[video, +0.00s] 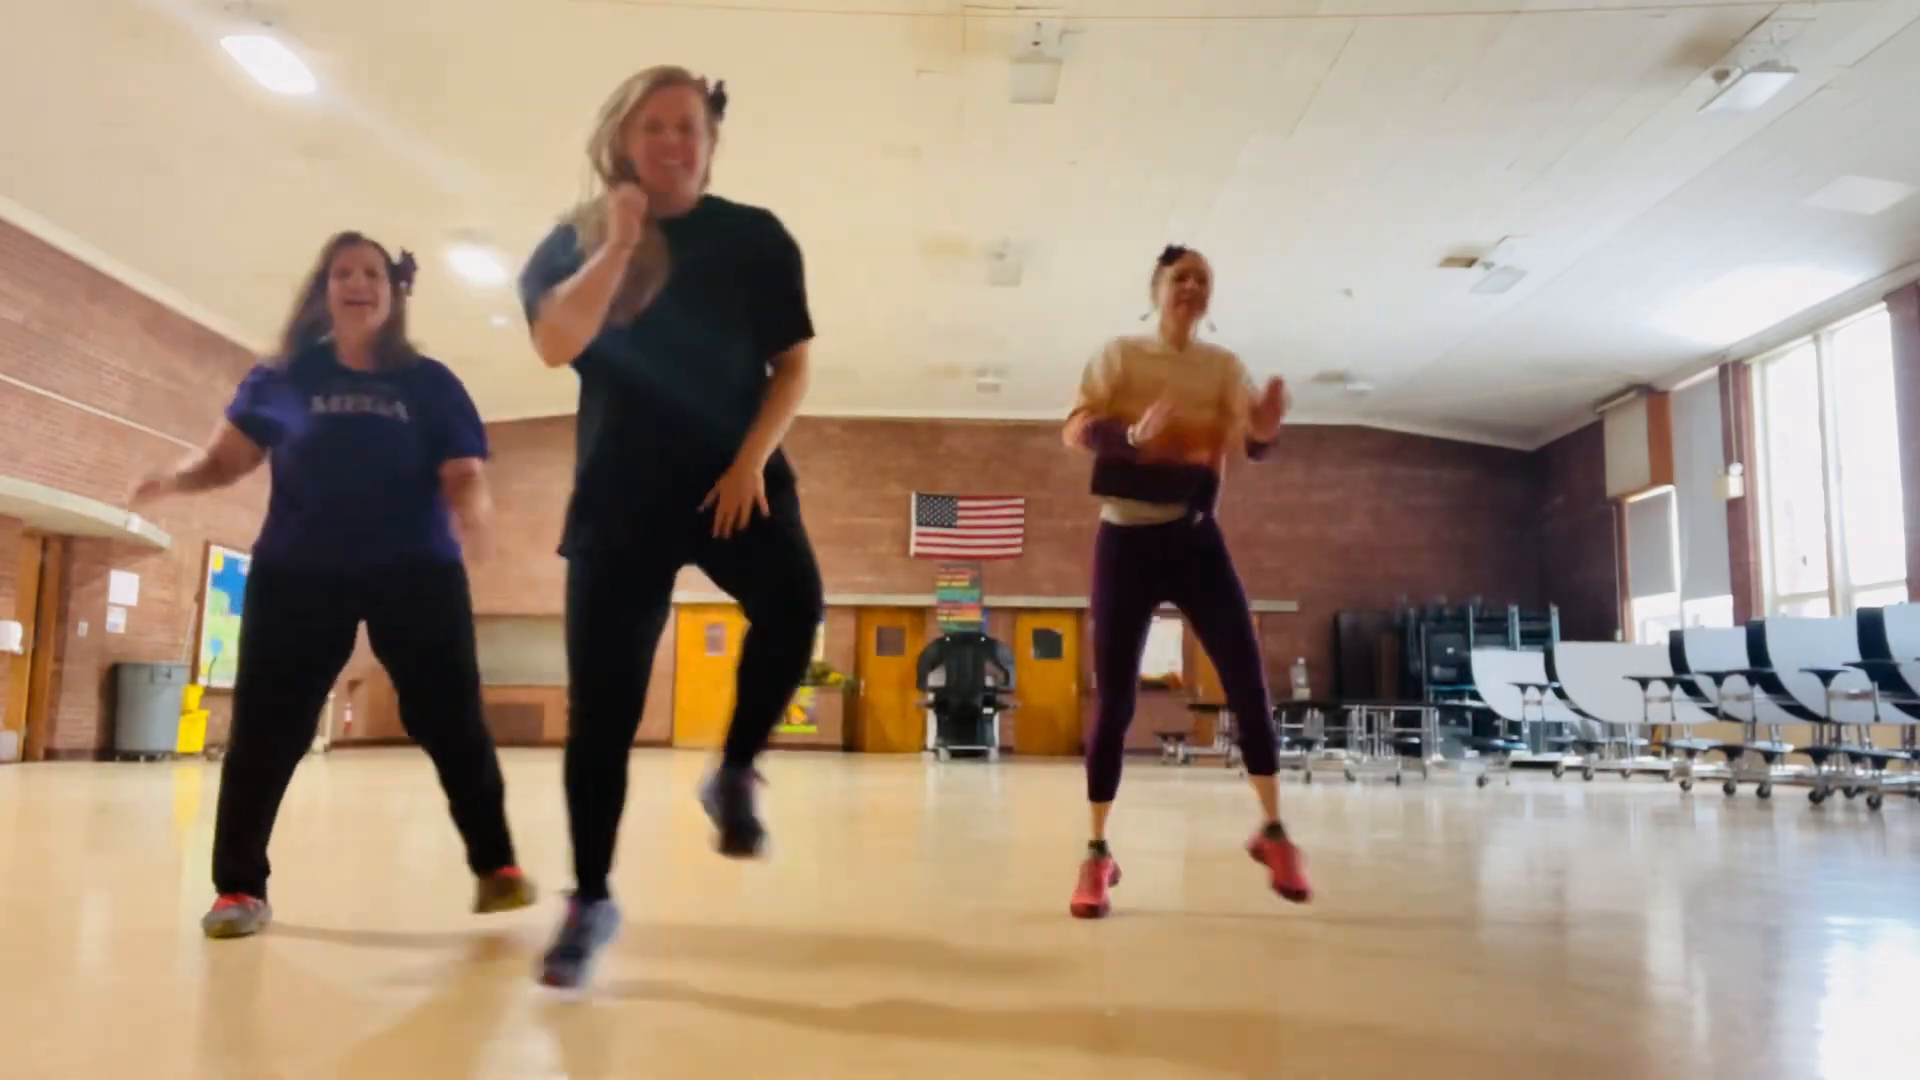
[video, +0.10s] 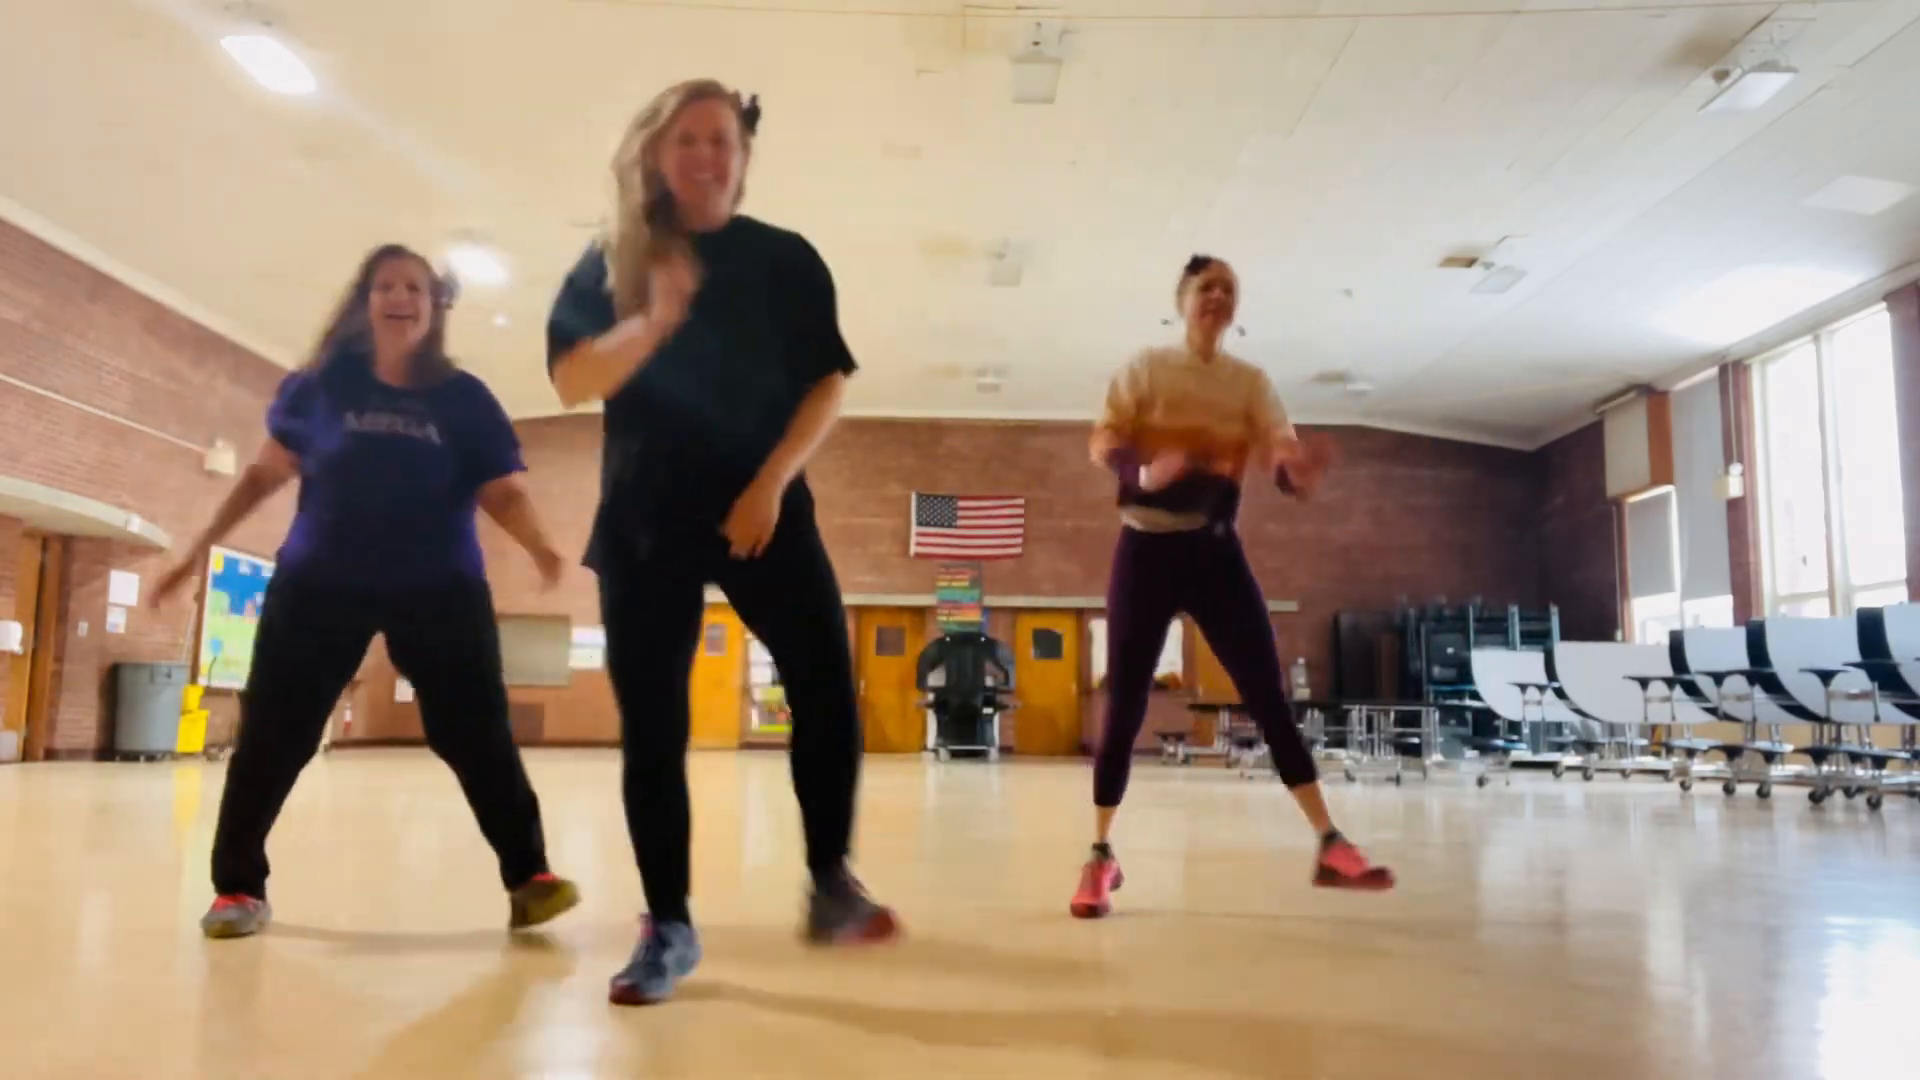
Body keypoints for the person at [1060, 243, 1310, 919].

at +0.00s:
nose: (1190, 289)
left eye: (1200, 281)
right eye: (1180, 279)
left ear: (1209, 296)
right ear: (1156, 290)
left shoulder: (1224, 367)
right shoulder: (1120, 356)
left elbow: (1247, 451)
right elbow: (1077, 433)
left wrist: (1264, 430)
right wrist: (1130, 433)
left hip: (1196, 541)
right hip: (1125, 541)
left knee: (1248, 685)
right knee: (1115, 701)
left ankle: (1273, 830)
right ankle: (1096, 850)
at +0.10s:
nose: (1218, 298)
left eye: (1227, 290)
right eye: (1207, 287)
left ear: (1236, 305)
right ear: (1182, 299)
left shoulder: (1252, 384)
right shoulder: (1145, 369)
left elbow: (1289, 474)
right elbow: (1102, 445)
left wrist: (1300, 472)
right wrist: (1144, 466)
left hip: (1215, 555)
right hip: (1146, 553)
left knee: (1268, 701)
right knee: (1124, 706)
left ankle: (1331, 844)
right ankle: (1100, 855)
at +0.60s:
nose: (1374, 309)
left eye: (1384, 300)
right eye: (1362, 299)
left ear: (1397, 314)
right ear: (1339, 312)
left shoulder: (1426, 387)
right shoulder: (1308, 389)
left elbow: (1477, 447)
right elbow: (1242, 440)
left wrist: (1469, 521)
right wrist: (1257, 500)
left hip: (1395, 565)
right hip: (1320, 565)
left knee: (1406, 723)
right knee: (1306, 717)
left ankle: (1374, 877)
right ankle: (1373, 794)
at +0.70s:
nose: (1396, 322)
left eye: (1406, 313)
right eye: (1385, 312)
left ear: (1418, 328)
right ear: (1361, 326)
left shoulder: (1446, 402)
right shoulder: (1327, 400)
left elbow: (1496, 459)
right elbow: (1270, 454)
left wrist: (1495, 531)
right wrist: (1288, 510)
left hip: (1420, 575)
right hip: (1346, 579)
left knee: (1430, 716)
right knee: (1370, 722)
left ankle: (1382, 873)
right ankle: (1432, 857)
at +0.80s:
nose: (1416, 338)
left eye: (1426, 329)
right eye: (1404, 328)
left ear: (1438, 344)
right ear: (1380, 341)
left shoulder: (1463, 420)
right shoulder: (1348, 422)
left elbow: (1507, 494)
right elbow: (1297, 498)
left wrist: (1519, 556)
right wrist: (1309, 550)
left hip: (1447, 592)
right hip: (1372, 594)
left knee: (1484, 715)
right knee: (1404, 736)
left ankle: (1428, 856)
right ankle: (1444, 870)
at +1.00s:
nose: (1449, 324)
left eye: (1460, 315)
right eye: (1438, 314)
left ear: (1474, 328)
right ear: (1417, 325)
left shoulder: (1502, 403)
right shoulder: (1382, 407)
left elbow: (1547, 485)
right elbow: (1348, 492)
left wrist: (1541, 479)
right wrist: (1364, 535)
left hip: (1485, 577)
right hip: (1411, 581)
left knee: (1533, 695)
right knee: (1431, 732)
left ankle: (1503, 842)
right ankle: (1449, 875)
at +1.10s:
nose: (1471, 321)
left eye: (1481, 312)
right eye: (1459, 311)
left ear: (1495, 325)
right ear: (1436, 324)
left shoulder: (1525, 402)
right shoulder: (1405, 409)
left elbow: (1569, 481)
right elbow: (1374, 493)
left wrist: (1559, 452)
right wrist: (1389, 522)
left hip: (1507, 578)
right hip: (1430, 582)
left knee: (1544, 710)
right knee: (1440, 730)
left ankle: (1547, 860)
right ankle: (1450, 875)